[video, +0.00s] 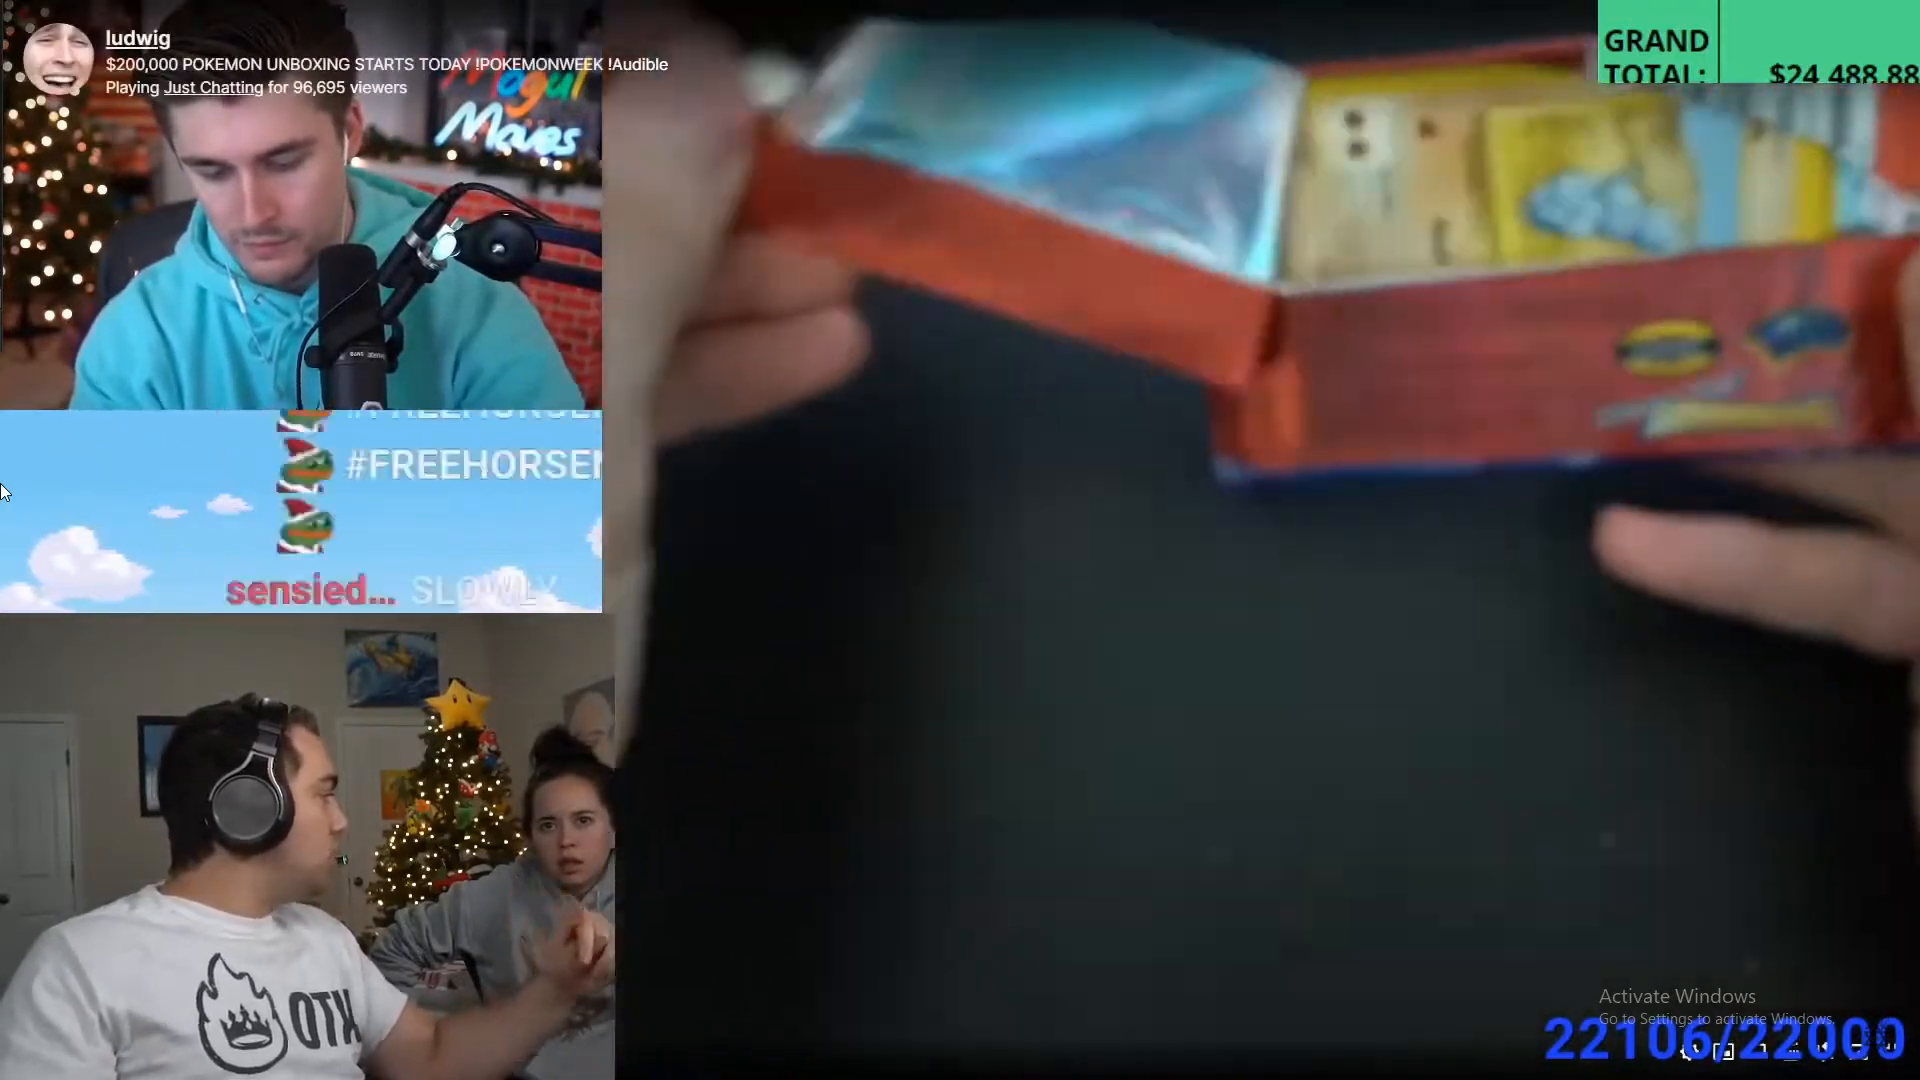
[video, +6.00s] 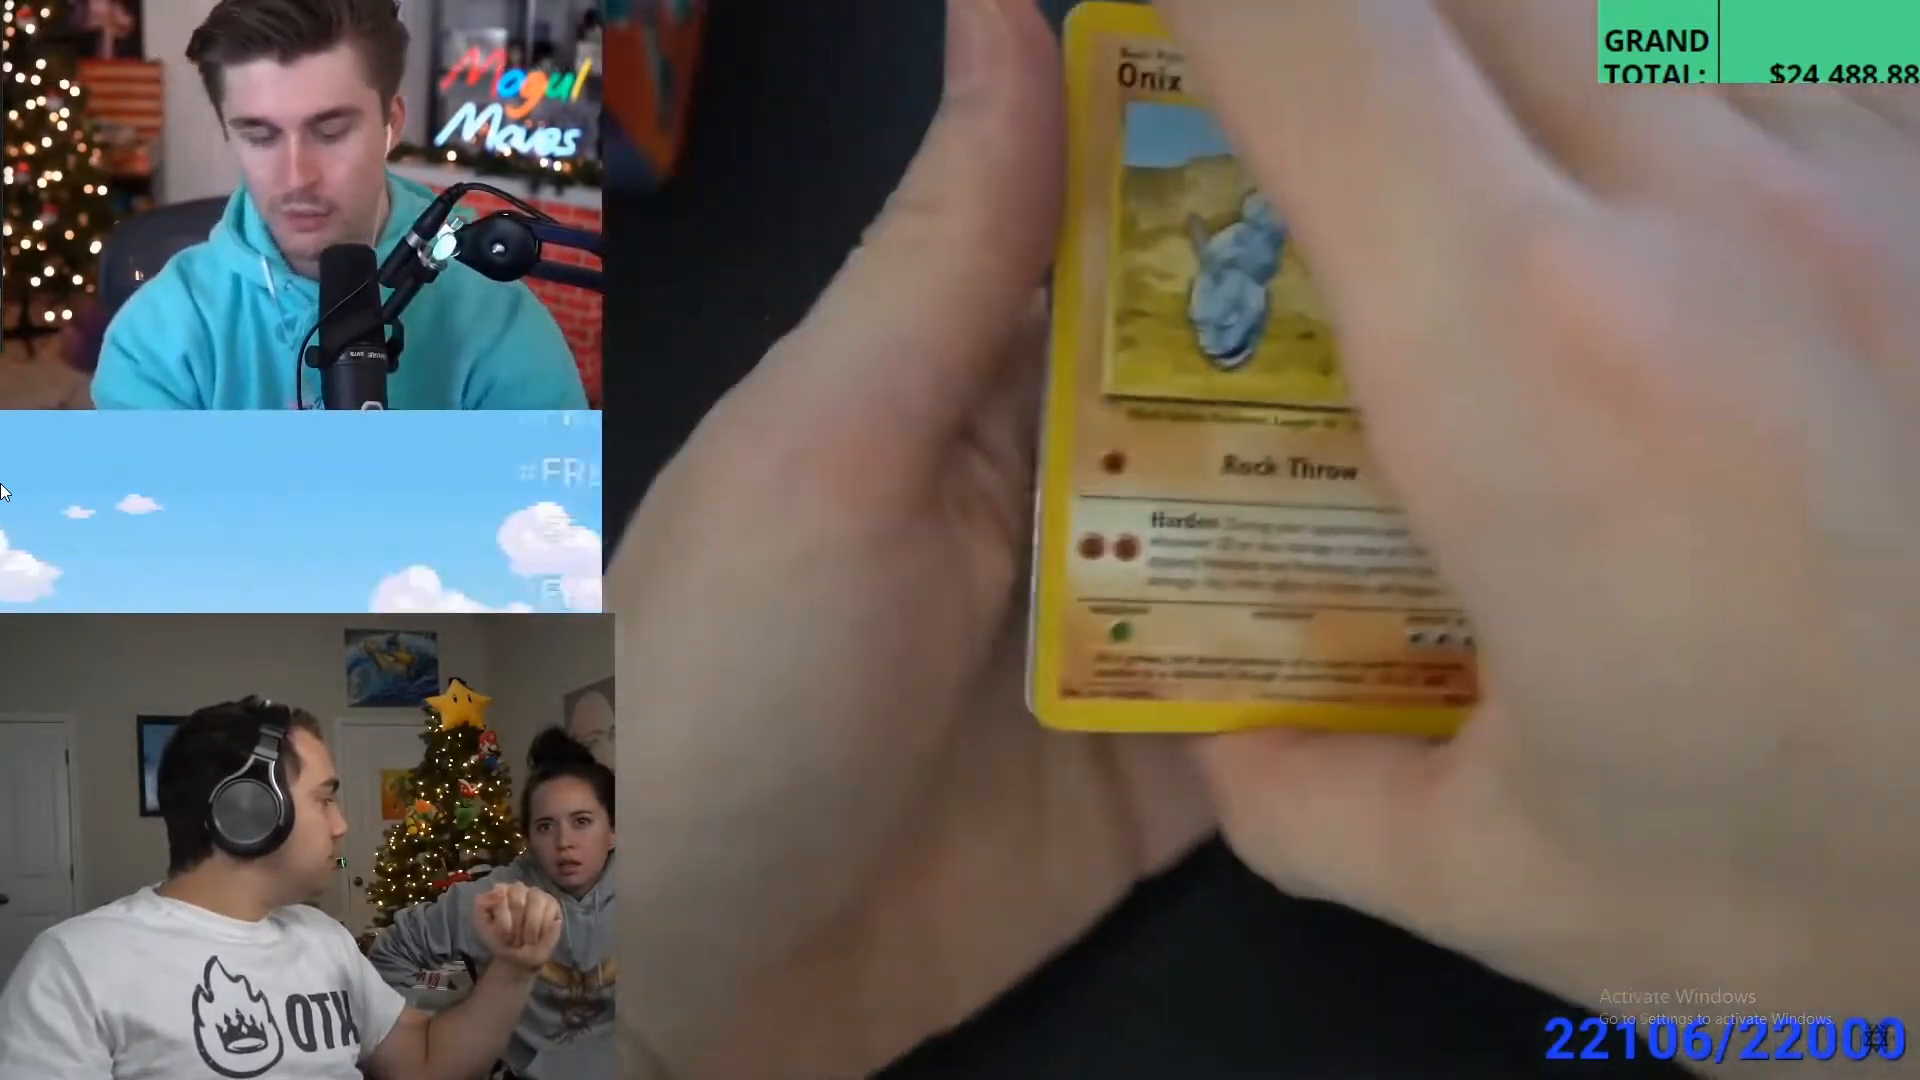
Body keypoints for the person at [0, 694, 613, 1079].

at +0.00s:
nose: (342, 819)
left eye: (335, 793)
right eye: (325, 792)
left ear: (256, 802)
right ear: (244, 802)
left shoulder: (324, 943)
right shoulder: (79, 966)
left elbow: (432, 1051)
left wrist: (557, 990)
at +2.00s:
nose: (343, 818)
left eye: (334, 794)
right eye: (323, 795)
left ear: (259, 804)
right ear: (245, 806)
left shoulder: (322, 944)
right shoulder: (77, 967)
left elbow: (424, 1057)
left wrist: (513, 962)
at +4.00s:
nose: (340, 818)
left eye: (331, 792)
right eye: (320, 793)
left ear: (256, 804)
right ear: (241, 805)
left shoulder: (322, 943)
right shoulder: (73, 969)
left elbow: (427, 1058)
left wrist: (511, 965)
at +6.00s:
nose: (344, 824)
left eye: (335, 798)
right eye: (324, 799)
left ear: (260, 808)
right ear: (248, 809)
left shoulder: (324, 943)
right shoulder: (76, 967)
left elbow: (428, 1059)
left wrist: (512, 968)